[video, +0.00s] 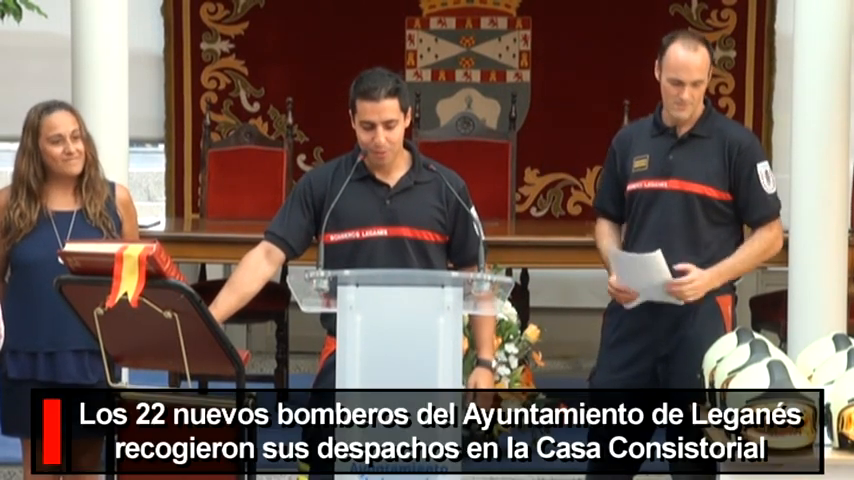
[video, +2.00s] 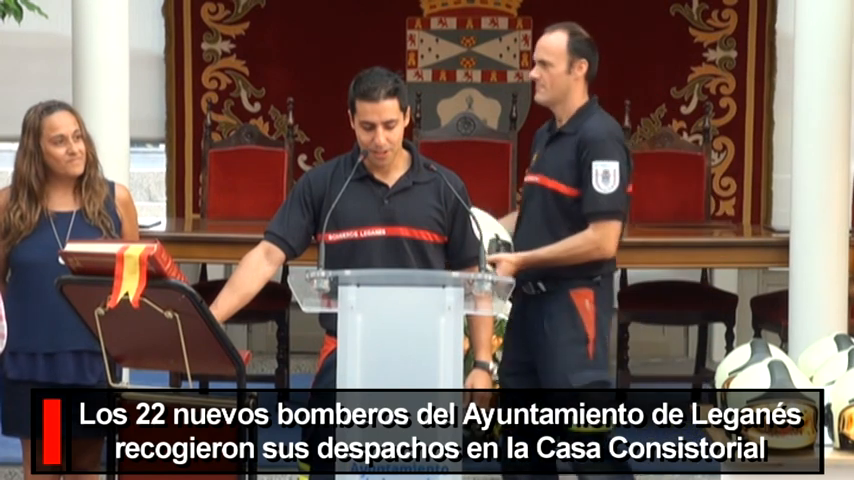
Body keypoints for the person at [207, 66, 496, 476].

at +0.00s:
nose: (379, 139)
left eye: (389, 125)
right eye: (368, 126)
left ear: (408, 119)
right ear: (352, 123)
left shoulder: (447, 188)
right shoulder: (322, 185)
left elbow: (477, 281)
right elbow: (267, 255)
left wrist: (485, 363)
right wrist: (207, 322)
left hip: (428, 353)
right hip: (348, 352)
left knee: (429, 468)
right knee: (330, 464)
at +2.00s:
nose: (379, 139)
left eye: (389, 126)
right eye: (368, 127)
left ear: (407, 119)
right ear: (352, 122)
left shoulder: (445, 188)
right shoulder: (322, 184)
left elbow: (474, 279)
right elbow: (267, 255)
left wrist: (483, 364)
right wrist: (208, 322)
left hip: (427, 353)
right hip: (347, 352)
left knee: (430, 471)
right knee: (330, 468)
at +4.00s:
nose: (383, 139)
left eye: (394, 126)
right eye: (372, 127)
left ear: (412, 120)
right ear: (356, 122)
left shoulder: (450, 190)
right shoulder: (327, 184)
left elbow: (479, 282)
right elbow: (272, 256)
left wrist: (486, 366)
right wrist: (212, 324)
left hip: (431, 356)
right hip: (352, 354)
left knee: (433, 470)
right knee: (330, 464)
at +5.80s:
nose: (384, 140)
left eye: (394, 127)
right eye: (373, 128)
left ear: (413, 121)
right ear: (357, 124)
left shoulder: (452, 191)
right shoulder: (329, 186)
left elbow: (482, 283)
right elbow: (273, 257)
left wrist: (489, 366)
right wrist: (214, 326)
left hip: (433, 354)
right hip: (354, 353)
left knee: (433, 466)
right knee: (332, 462)